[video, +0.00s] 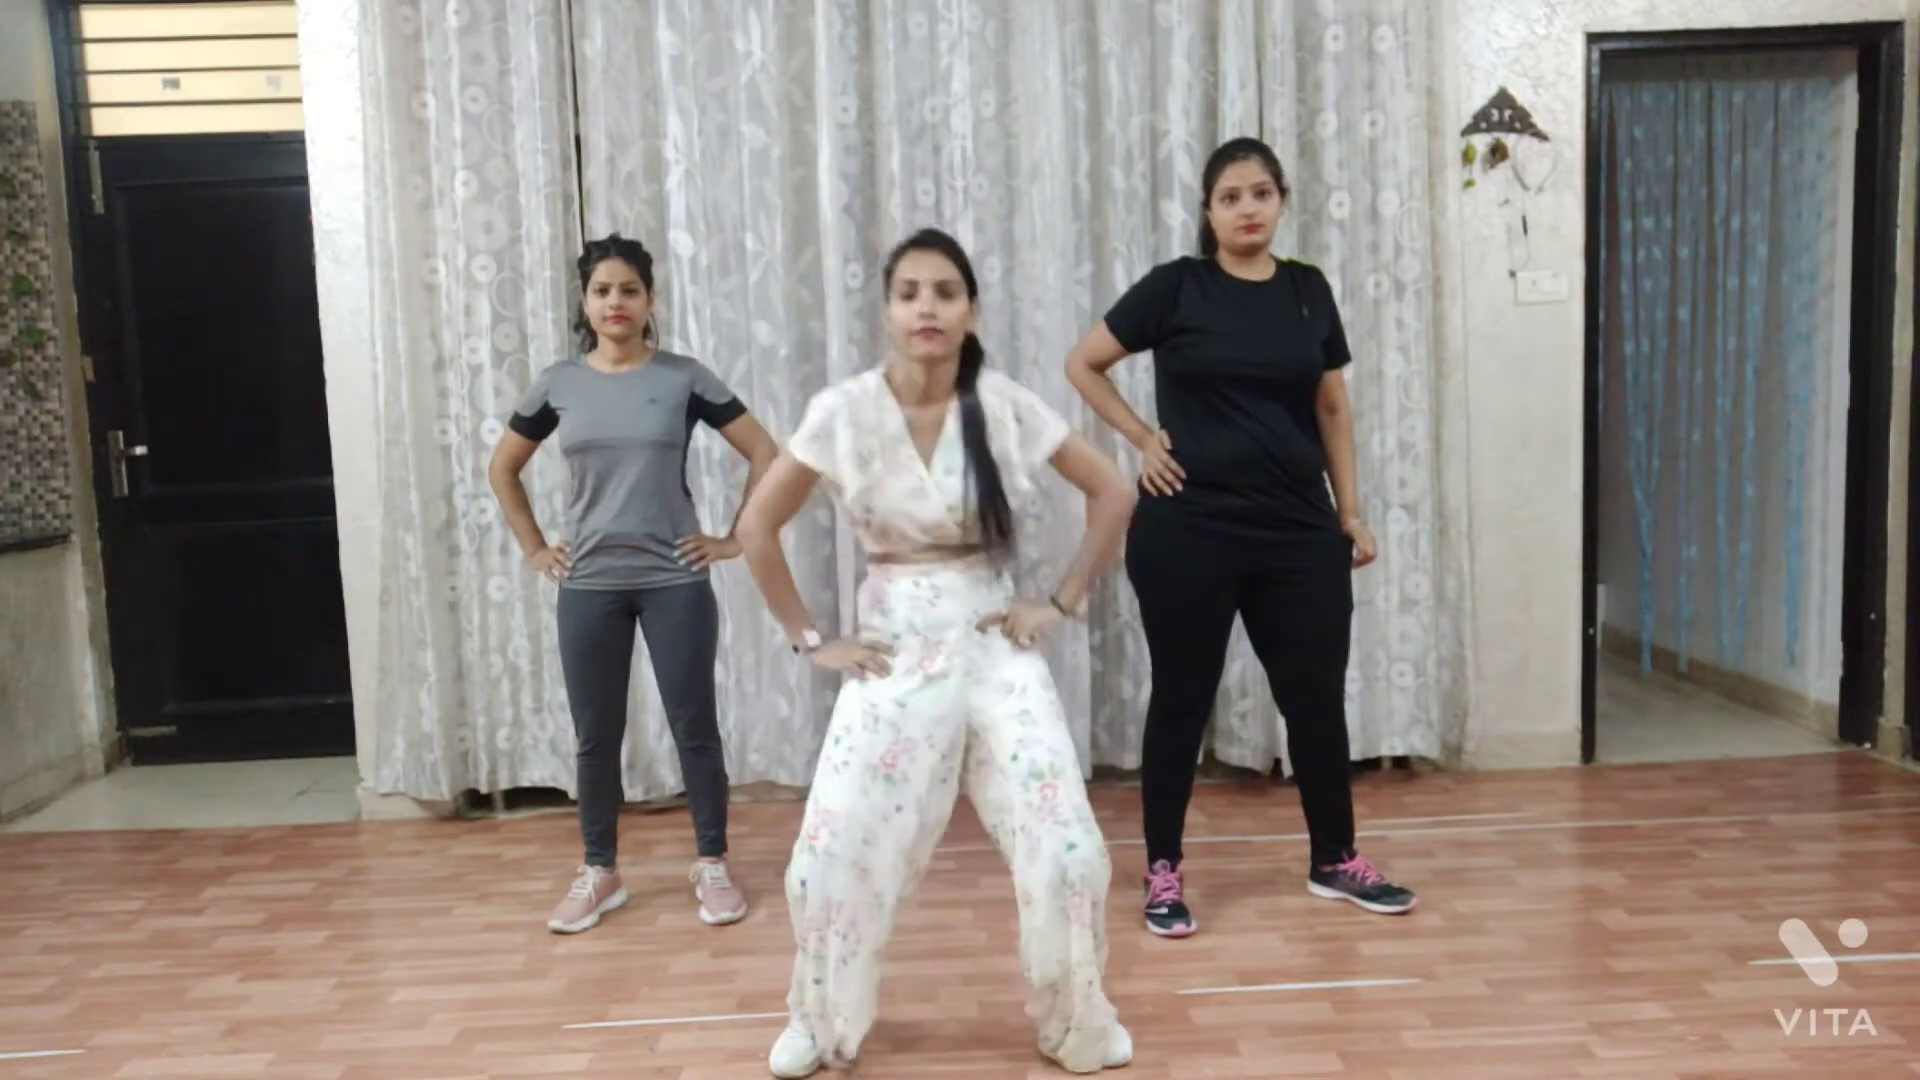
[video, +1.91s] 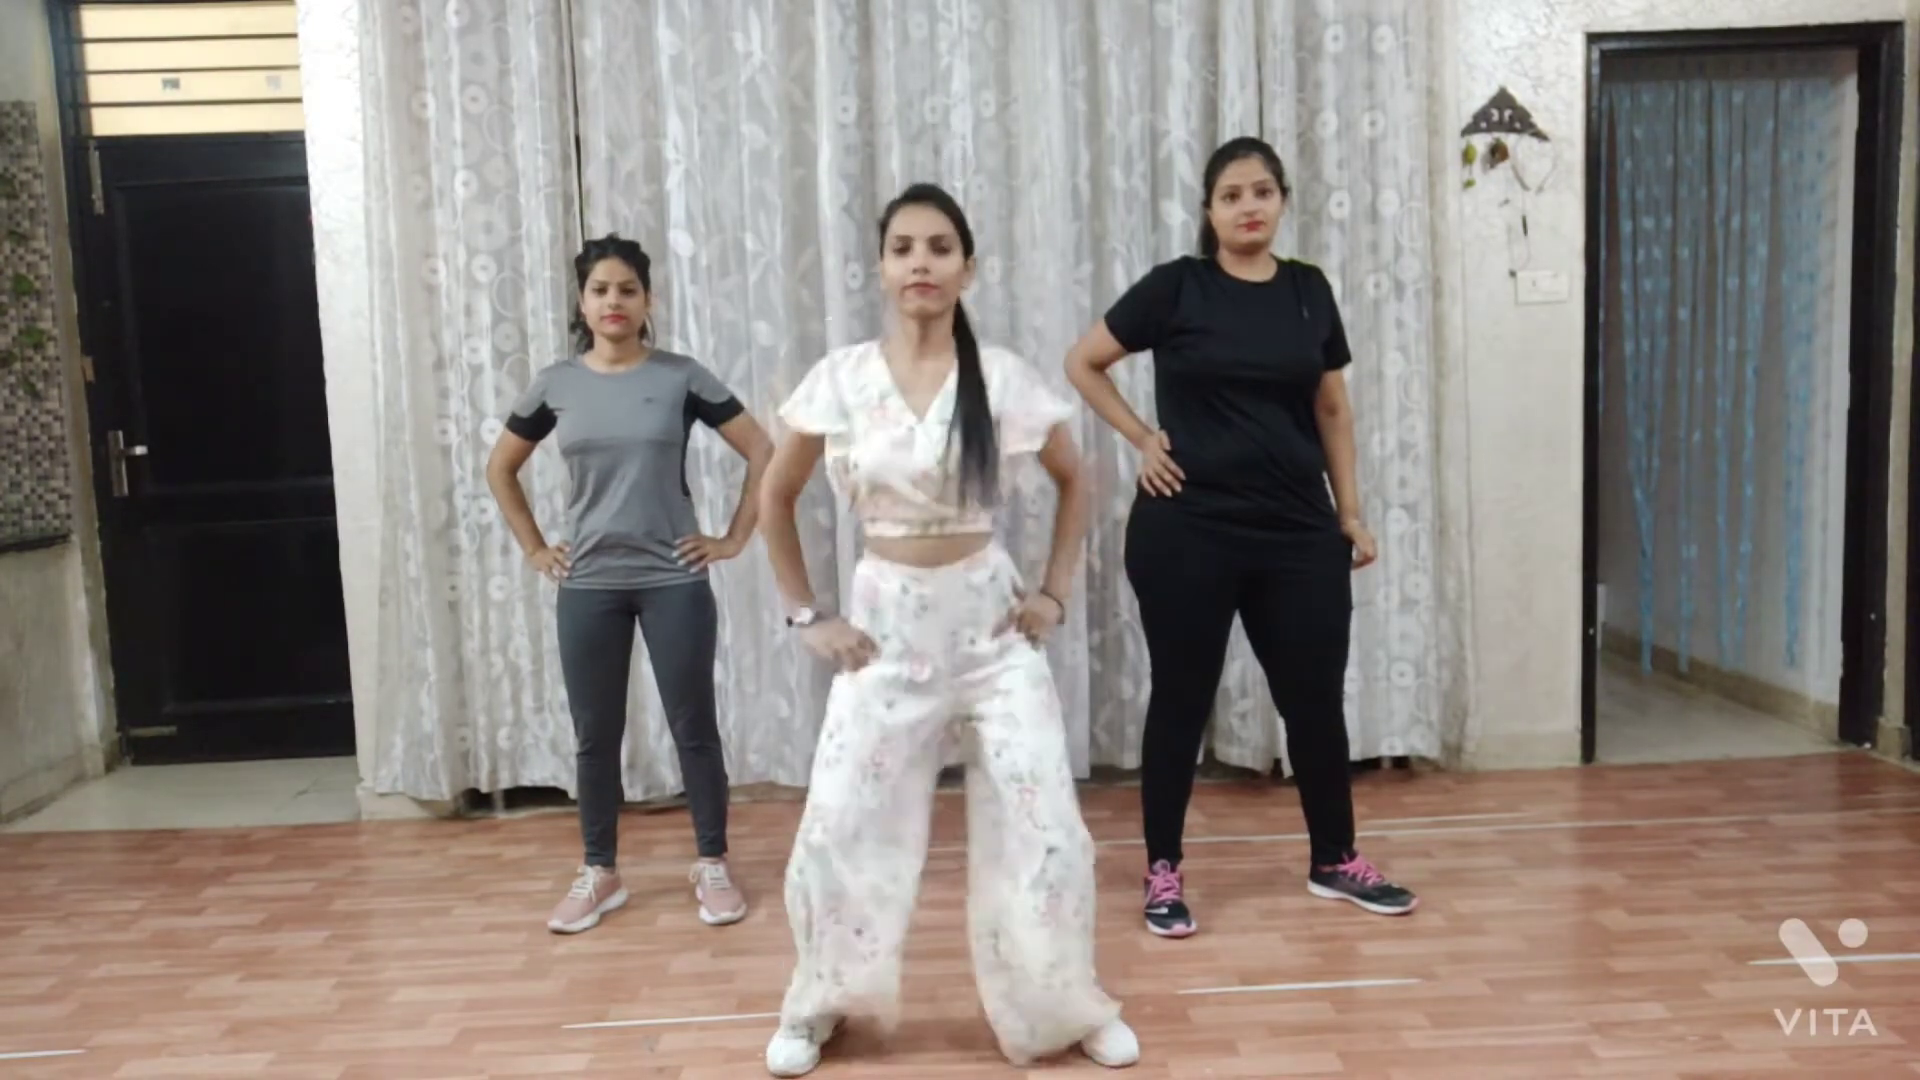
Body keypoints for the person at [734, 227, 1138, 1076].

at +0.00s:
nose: (926, 310)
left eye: (944, 294)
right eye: (909, 294)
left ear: (971, 311)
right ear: (885, 311)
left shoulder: (1004, 405)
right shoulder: (843, 412)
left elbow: (1114, 492)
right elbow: (755, 529)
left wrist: (1063, 602)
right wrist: (812, 640)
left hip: (999, 647)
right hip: (888, 655)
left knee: (1068, 849)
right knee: (829, 854)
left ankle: (1076, 1021)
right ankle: (819, 1022)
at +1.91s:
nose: (921, 265)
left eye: (939, 248)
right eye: (904, 249)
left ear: (967, 266)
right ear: (880, 265)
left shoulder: (1004, 380)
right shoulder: (840, 380)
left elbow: (1077, 480)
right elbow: (773, 499)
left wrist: (1052, 593)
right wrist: (809, 616)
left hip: (995, 630)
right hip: (884, 634)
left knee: (1050, 821)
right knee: (832, 825)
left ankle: (1076, 1005)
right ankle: (811, 1007)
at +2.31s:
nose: (916, 224)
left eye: (934, 209)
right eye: (899, 213)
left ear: (967, 228)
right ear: (877, 238)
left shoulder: (1007, 344)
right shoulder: (847, 347)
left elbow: (1053, 446)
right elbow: (763, 448)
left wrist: (1087, 523)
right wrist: (704, 520)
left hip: (971, 601)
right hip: (867, 593)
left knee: (990, 812)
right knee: (797, 791)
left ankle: (949, 1006)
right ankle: (775, 1007)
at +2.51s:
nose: (927, 230)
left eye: (944, 215)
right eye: (908, 219)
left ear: (975, 236)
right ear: (887, 244)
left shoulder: (1021, 342)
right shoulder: (856, 349)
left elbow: (1120, 424)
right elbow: (738, 428)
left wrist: (1198, 494)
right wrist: (632, 491)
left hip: (975, 608)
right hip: (879, 600)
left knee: (991, 822)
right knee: (785, 798)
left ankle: (926, 1003)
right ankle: (662, 1013)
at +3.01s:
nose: (926, 238)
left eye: (944, 224)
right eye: (907, 228)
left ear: (974, 250)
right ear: (885, 256)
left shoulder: (1009, 341)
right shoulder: (864, 348)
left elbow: (1131, 372)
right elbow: (772, 378)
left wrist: (1248, 404)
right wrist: (675, 408)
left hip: (972, 606)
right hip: (871, 599)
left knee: (983, 823)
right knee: (768, 797)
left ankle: (948, 1030)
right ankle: (646, 1014)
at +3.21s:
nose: (933, 240)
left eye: (950, 227)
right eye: (916, 228)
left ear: (979, 247)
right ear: (891, 250)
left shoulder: (1005, 343)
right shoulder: (866, 341)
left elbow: (1072, 373)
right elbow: (812, 357)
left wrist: (1141, 405)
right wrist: (754, 380)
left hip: (971, 605)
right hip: (872, 596)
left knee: (986, 822)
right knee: (769, 789)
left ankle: (949, 1024)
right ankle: (646, 1010)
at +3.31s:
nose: (938, 241)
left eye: (954, 227)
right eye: (919, 228)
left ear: (980, 245)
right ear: (894, 247)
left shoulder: (1006, 338)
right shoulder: (871, 333)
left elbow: (1040, 375)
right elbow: (858, 349)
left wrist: (1068, 412)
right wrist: (861, 357)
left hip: (967, 597)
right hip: (874, 590)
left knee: (983, 813)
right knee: (772, 785)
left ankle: (951, 1023)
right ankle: (648, 1007)